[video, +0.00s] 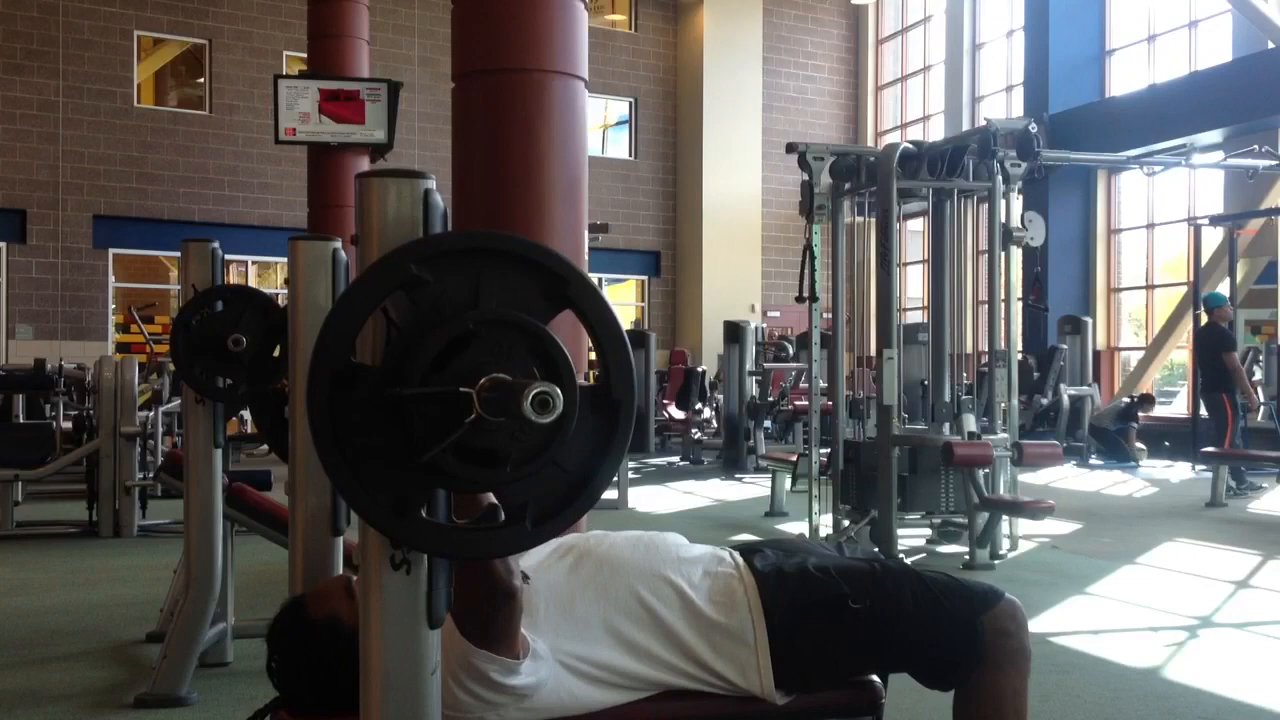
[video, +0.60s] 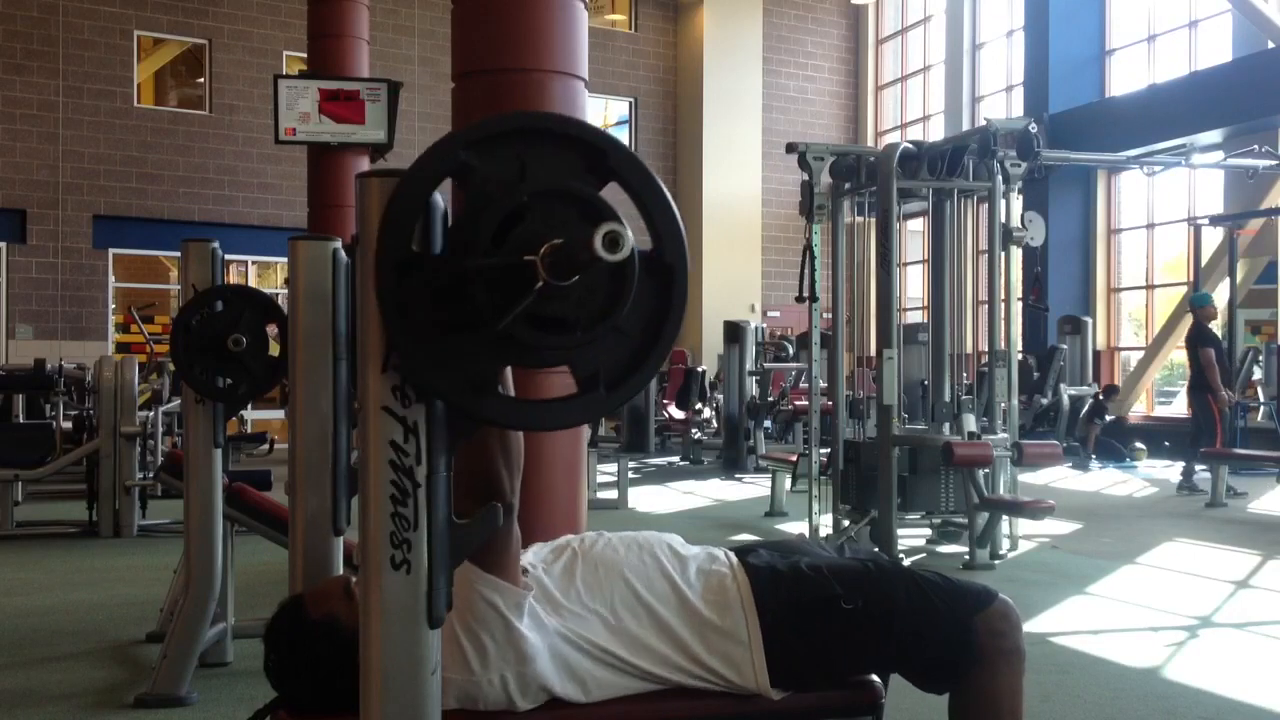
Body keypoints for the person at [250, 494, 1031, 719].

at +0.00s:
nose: (356, 579)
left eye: (346, 580)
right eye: (344, 594)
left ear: (365, 592)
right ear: (352, 636)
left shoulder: (456, 627)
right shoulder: (472, 681)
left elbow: (494, 561)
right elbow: (490, 589)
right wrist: (449, 444)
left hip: (741, 575)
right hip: (753, 612)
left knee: (974, 605)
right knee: (994, 625)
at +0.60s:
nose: (361, 575)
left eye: (345, 581)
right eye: (348, 591)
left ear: (349, 658)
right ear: (362, 640)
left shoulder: (449, 646)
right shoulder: (466, 662)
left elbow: (486, 494)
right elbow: (492, 486)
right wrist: (468, 330)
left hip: (719, 590)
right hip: (747, 610)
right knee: (990, 626)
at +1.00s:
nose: (356, 563)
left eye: (336, 567)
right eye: (343, 582)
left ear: (342, 659)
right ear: (358, 634)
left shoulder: (450, 648)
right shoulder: (468, 662)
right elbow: (532, 503)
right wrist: (519, 343)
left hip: (716, 610)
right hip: (750, 604)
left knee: (860, 686)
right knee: (983, 627)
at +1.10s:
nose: (356, 570)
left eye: (338, 577)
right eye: (345, 588)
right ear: (363, 637)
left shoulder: (453, 659)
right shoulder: (473, 672)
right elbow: (529, 502)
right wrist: (536, 317)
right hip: (740, 615)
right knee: (981, 623)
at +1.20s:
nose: (364, 567)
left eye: (345, 571)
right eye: (348, 583)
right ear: (361, 636)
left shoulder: (448, 635)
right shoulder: (479, 673)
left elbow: (459, 485)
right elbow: (545, 513)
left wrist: (478, 376)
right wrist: (547, 331)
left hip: (719, 579)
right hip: (748, 611)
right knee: (985, 626)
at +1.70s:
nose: (355, 574)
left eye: (339, 577)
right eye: (344, 590)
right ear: (354, 643)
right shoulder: (472, 680)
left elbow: (470, 481)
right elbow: (550, 526)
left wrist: (484, 372)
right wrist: (547, 361)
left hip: (723, 573)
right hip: (745, 616)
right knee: (986, 626)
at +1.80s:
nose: (364, 570)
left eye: (349, 572)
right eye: (349, 587)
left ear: (345, 667)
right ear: (358, 647)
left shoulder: (445, 646)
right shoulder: (480, 672)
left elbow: (462, 491)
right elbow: (557, 537)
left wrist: (481, 385)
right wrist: (537, 374)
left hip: (731, 581)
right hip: (755, 617)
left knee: (860, 681)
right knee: (991, 630)